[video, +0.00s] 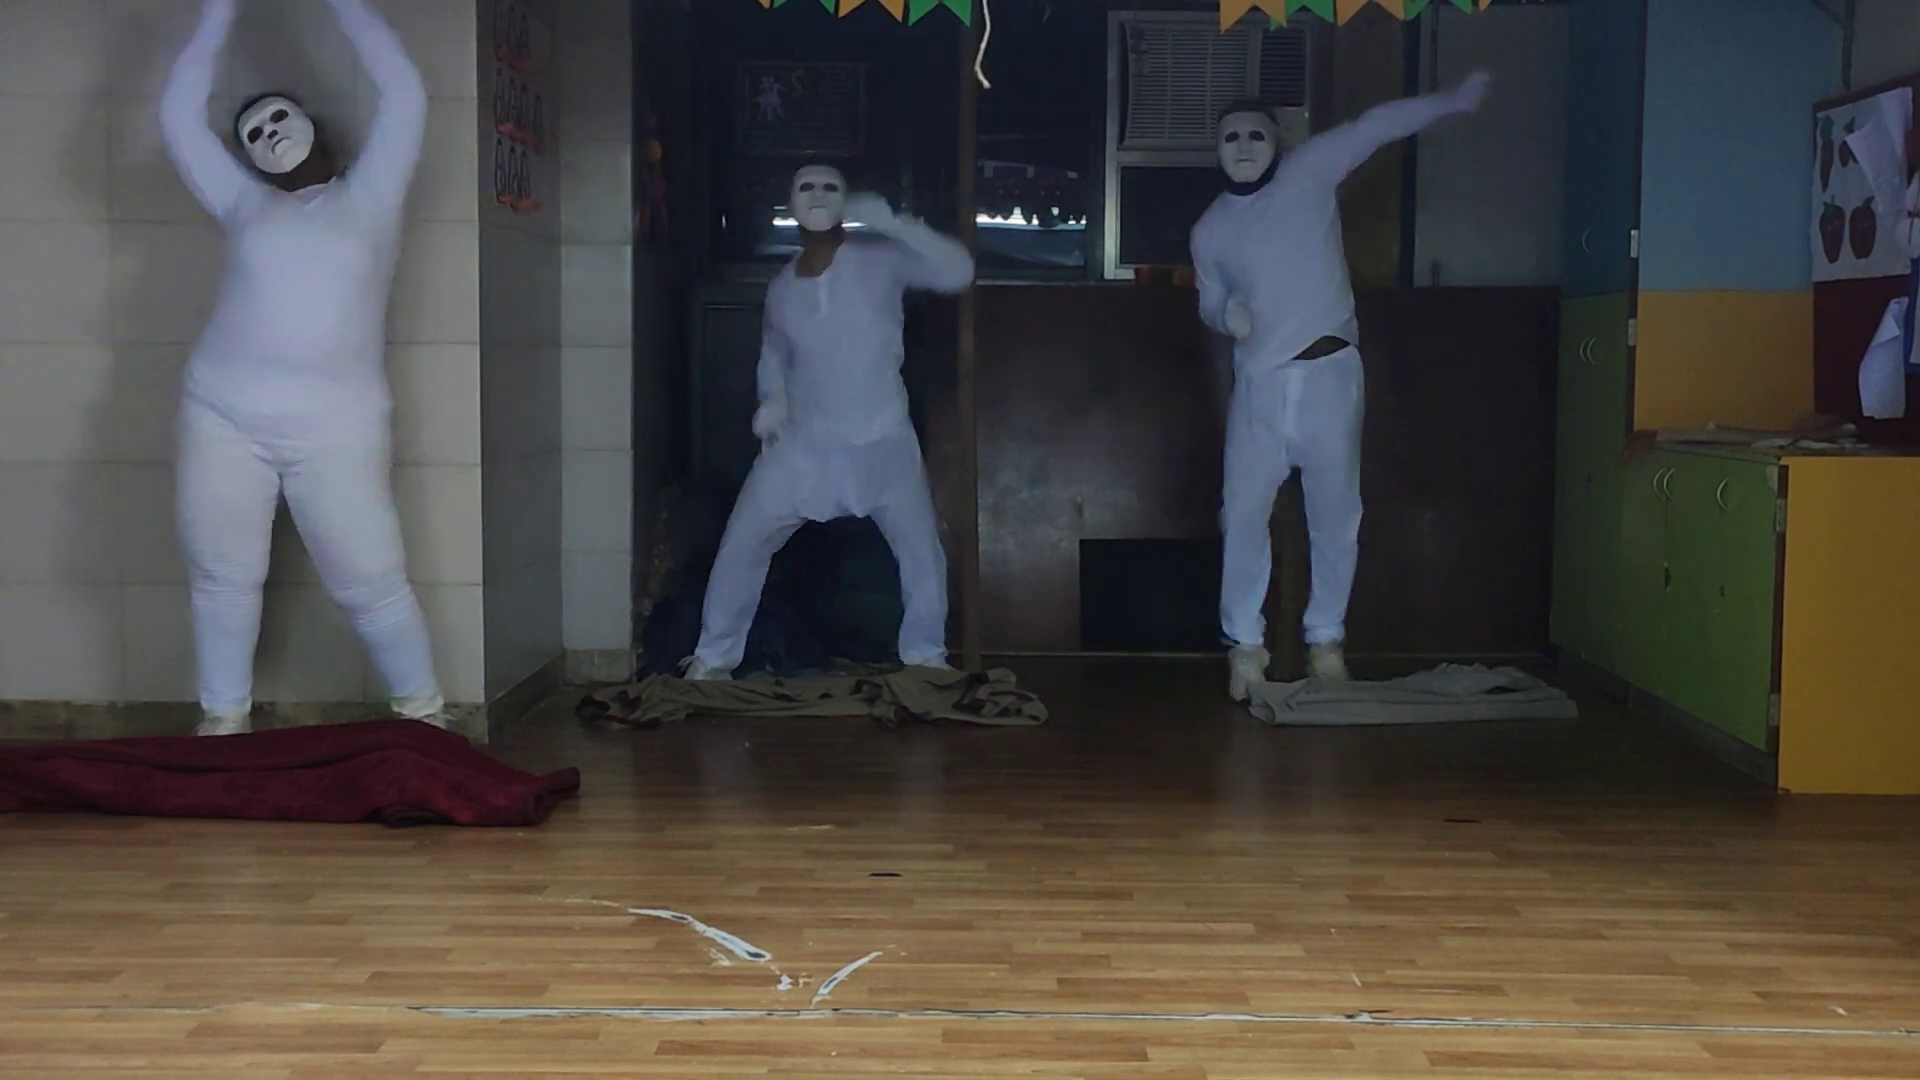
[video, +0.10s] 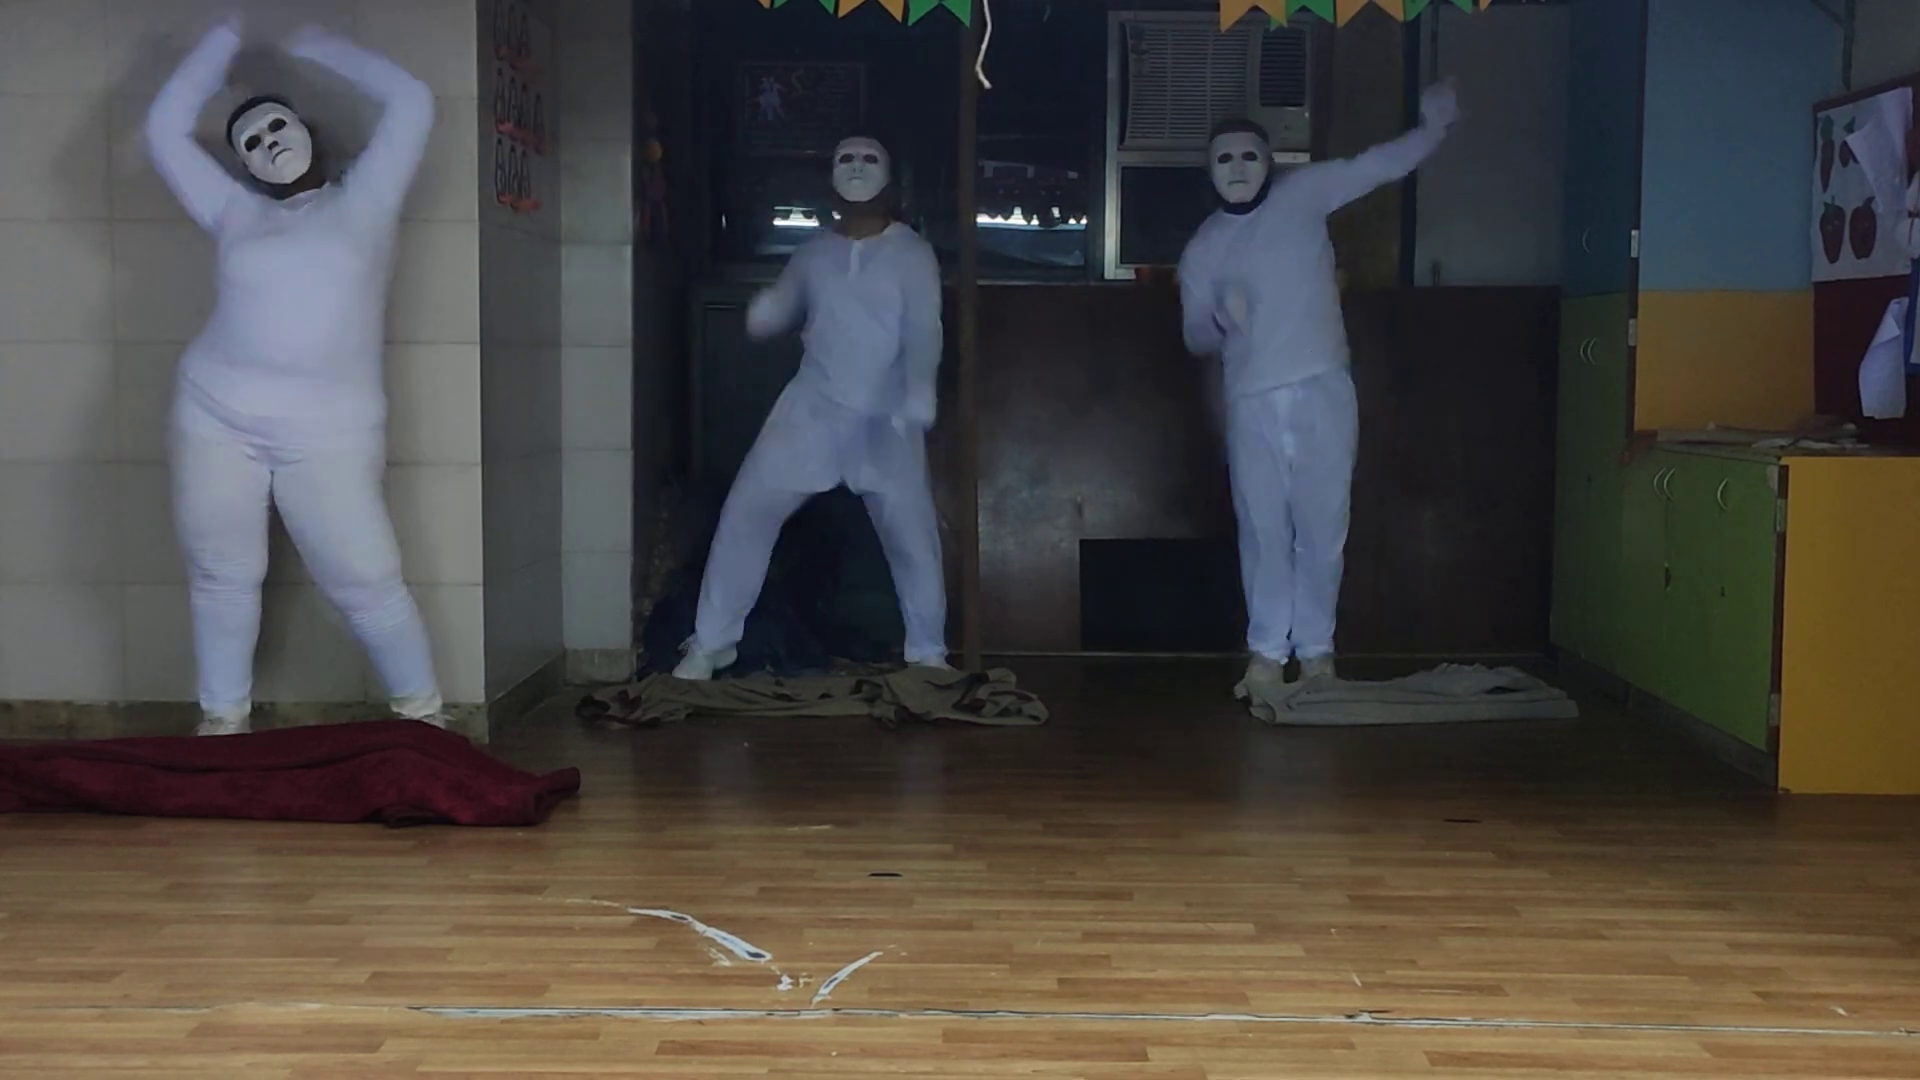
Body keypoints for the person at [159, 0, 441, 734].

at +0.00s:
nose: (270, 129)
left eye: (279, 114)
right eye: (256, 129)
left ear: (312, 120)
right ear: (249, 154)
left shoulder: (367, 199)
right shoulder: (245, 206)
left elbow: (403, 94)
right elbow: (180, 117)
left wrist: (349, 9)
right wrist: (216, 19)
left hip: (336, 424)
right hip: (226, 421)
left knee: (372, 583)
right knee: (224, 580)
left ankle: (424, 719)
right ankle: (222, 726)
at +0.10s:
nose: (270, 140)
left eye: (278, 125)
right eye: (253, 138)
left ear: (309, 131)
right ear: (242, 161)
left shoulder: (363, 202)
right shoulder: (235, 213)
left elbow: (413, 102)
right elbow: (166, 133)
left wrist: (322, 47)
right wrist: (220, 41)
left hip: (328, 431)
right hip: (219, 424)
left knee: (368, 584)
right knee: (222, 579)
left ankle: (423, 718)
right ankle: (222, 724)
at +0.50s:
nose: (333, 161)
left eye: (352, 163)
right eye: (330, 144)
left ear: (363, 183)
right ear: (304, 143)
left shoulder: (377, 239)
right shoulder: (244, 237)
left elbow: (429, 338)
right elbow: (217, 341)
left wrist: (462, 431)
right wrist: (182, 436)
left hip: (395, 428)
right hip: (290, 442)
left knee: (407, 578)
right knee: (239, 580)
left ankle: (414, 715)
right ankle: (231, 716)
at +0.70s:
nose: (277, 116)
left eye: (293, 103)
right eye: (265, 107)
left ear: (325, 116)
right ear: (253, 125)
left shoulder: (375, 196)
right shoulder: (239, 210)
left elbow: (456, 268)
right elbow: (200, 307)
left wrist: (540, 320)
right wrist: (139, 386)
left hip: (384, 401)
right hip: (273, 405)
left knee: (396, 562)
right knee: (231, 556)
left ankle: (415, 716)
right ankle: (223, 712)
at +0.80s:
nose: (239, 122)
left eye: (247, 104)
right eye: (227, 122)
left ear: (283, 103)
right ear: (228, 141)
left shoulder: (369, 179)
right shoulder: (232, 201)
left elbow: (462, 234)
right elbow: (170, 285)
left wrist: (554, 265)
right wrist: (82, 333)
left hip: (362, 400)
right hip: (252, 404)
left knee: (390, 550)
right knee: (229, 555)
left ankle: (415, 705)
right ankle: (227, 705)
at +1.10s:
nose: (235, 138)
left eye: (247, 122)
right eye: (218, 131)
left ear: (278, 129)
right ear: (209, 147)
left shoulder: (336, 215)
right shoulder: (197, 224)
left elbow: (397, 311)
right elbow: (158, 330)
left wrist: (465, 321)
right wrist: (113, 415)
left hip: (318, 417)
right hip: (207, 419)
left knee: (360, 565)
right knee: (214, 576)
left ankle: (389, 711)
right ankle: (231, 714)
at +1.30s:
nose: (253, 126)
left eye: (269, 115)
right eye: (239, 114)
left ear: (294, 126)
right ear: (222, 123)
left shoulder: (335, 210)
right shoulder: (190, 206)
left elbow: (369, 311)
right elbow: (130, 280)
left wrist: (375, 404)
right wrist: (76, 346)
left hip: (320, 414)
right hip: (215, 418)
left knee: (336, 569)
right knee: (233, 571)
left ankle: (354, 712)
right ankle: (236, 713)